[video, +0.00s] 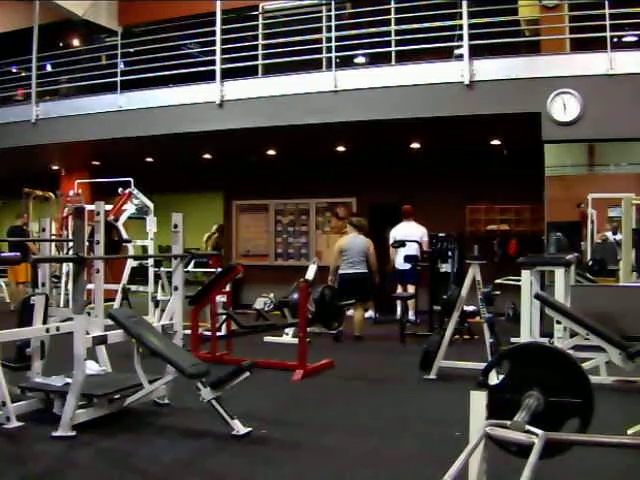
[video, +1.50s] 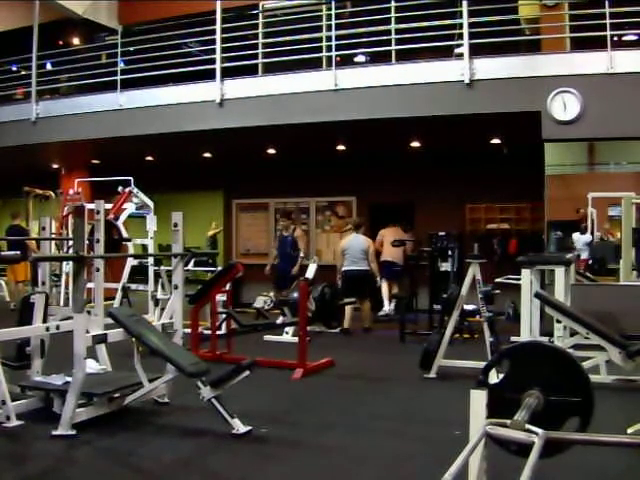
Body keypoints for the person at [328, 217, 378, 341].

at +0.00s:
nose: (346, 229)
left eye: (347, 227)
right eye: (347, 227)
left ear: (350, 228)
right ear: (361, 229)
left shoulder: (341, 242)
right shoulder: (367, 242)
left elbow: (335, 261)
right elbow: (372, 262)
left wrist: (331, 275)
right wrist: (375, 275)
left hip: (345, 274)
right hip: (362, 274)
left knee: (341, 305)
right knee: (359, 305)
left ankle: (339, 328)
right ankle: (358, 333)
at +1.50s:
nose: (364, 229)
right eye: (363, 228)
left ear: (352, 228)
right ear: (362, 228)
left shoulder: (344, 242)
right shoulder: (368, 241)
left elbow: (339, 261)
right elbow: (372, 261)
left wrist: (338, 274)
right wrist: (377, 275)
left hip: (348, 272)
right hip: (364, 272)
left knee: (349, 301)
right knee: (365, 300)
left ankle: (346, 326)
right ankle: (367, 324)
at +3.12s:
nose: (382, 233)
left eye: (382, 231)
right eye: (382, 231)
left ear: (372, 230)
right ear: (380, 231)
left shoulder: (360, 240)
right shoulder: (380, 240)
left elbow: (354, 257)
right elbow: (383, 258)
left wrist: (353, 269)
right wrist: (387, 272)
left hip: (362, 268)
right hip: (376, 268)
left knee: (364, 295)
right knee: (382, 293)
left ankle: (364, 321)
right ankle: (384, 315)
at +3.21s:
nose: (385, 234)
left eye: (385, 233)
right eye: (385, 232)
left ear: (375, 230)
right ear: (383, 231)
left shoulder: (363, 239)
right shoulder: (384, 241)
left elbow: (355, 254)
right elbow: (386, 258)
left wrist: (352, 267)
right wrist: (389, 273)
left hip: (364, 268)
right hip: (378, 269)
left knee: (365, 295)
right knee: (383, 294)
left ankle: (364, 321)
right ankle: (384, 316)